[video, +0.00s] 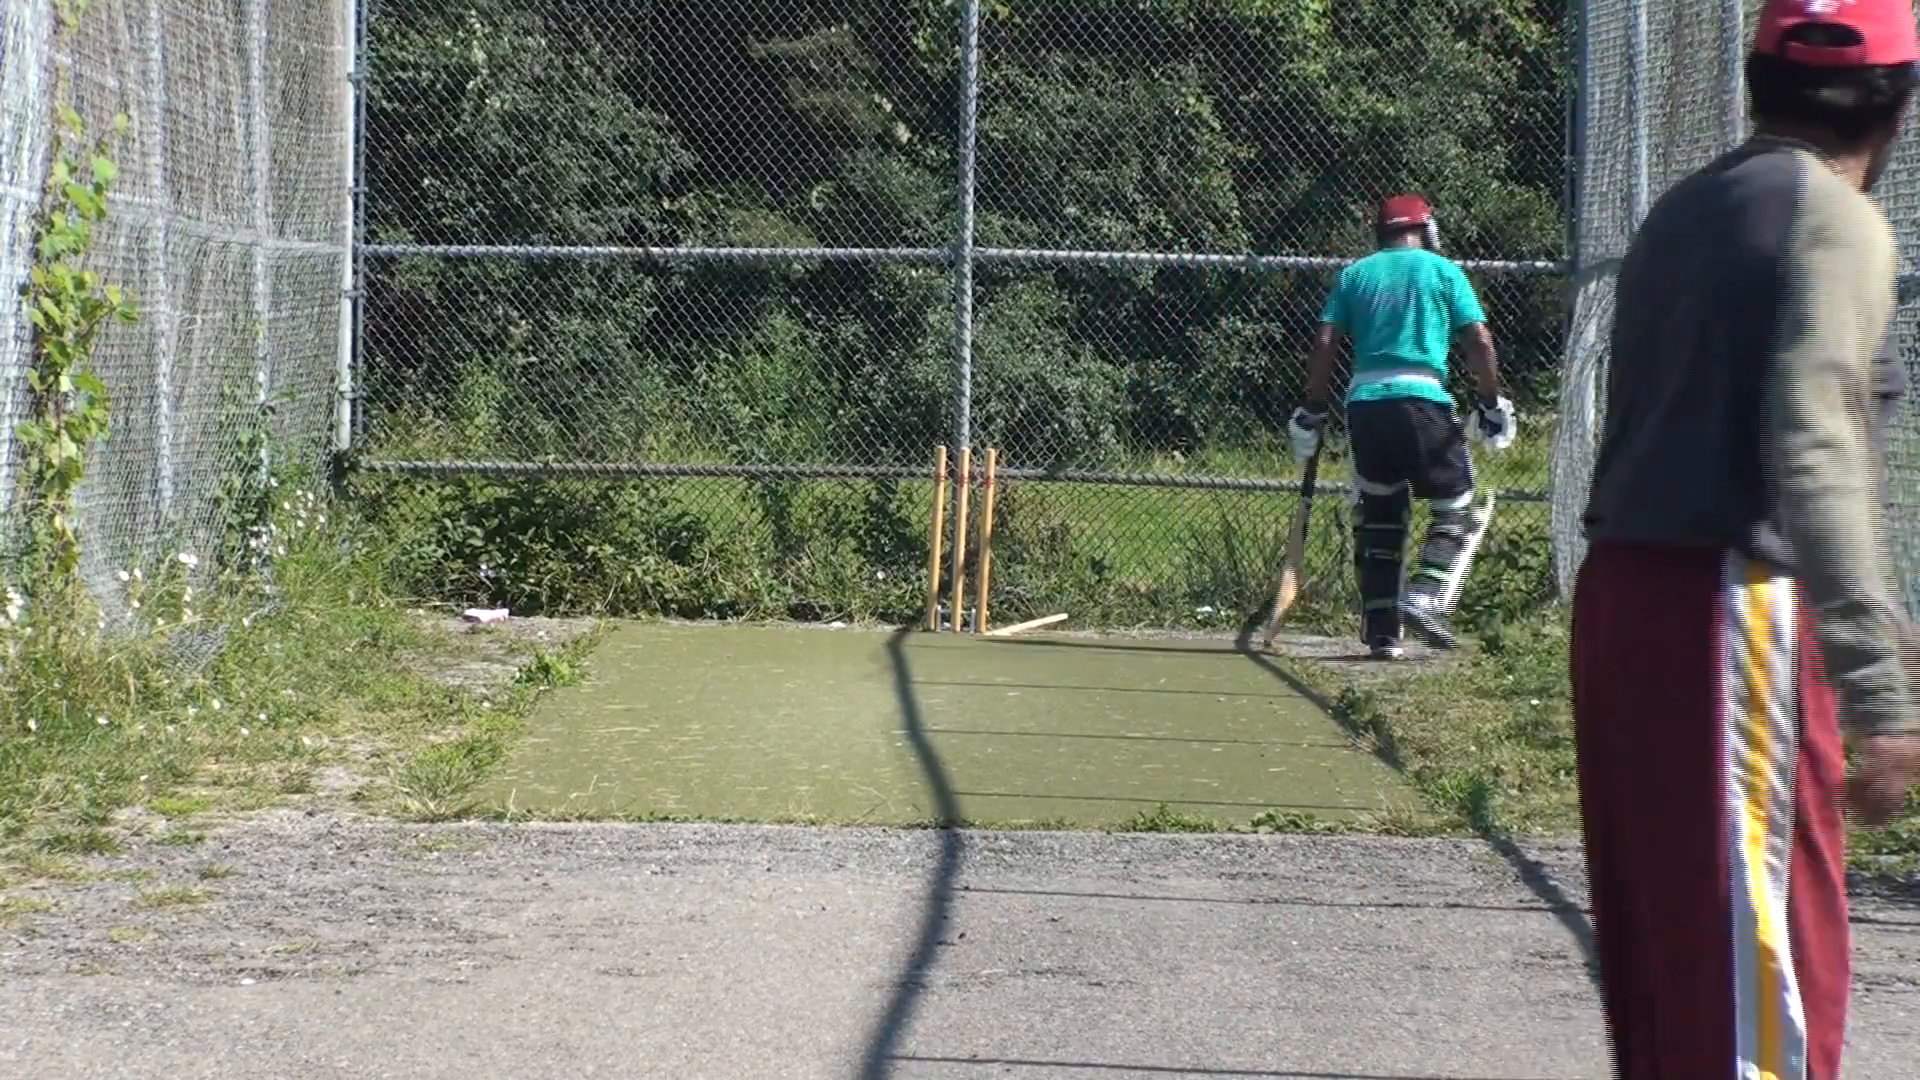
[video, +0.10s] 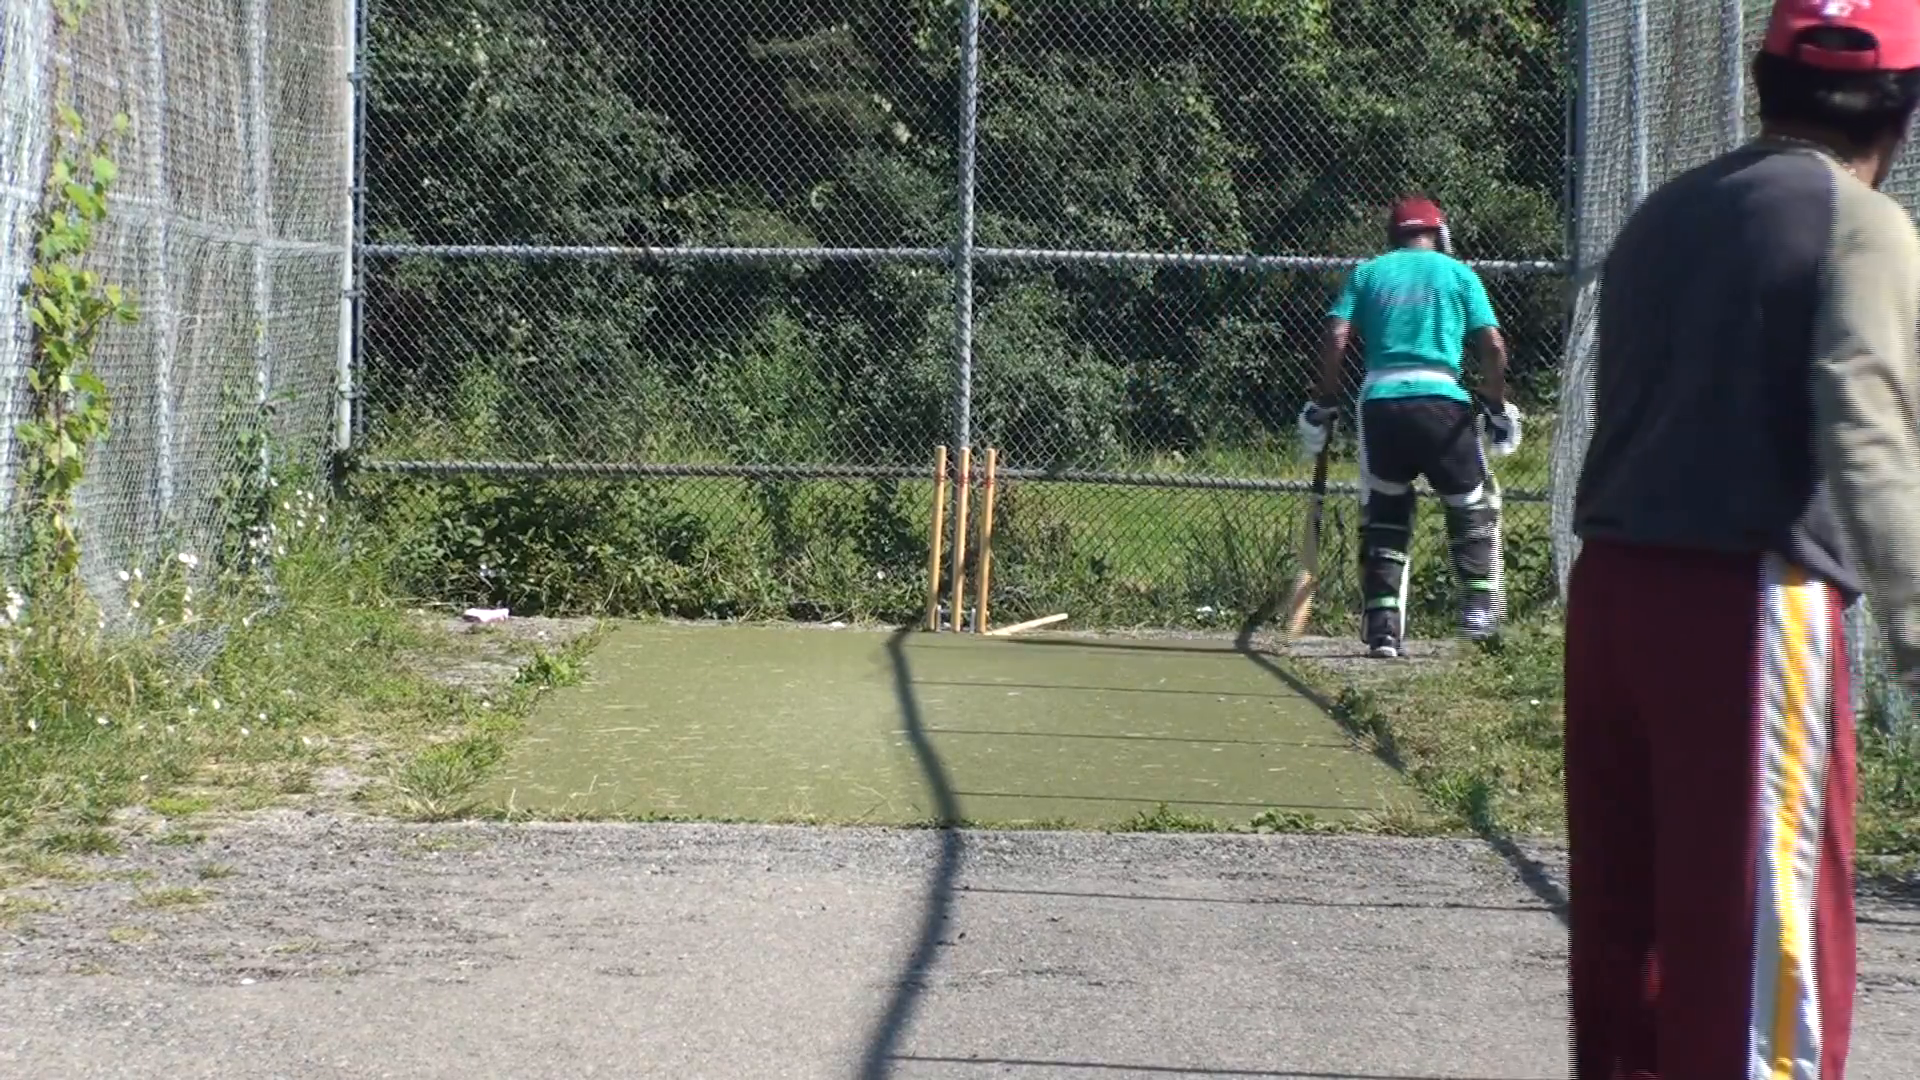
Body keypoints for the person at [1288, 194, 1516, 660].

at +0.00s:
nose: (1433, 238)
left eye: (1429, 233)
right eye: (1431, 232)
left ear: (1381, 235)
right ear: (1426, 233)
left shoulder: (1353, 274)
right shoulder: (1445, 271)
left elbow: (1325, 343)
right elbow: (1480, 340)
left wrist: (1311, 412)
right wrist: (1492, 404)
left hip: (1366, 411)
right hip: (1422, 407)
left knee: (1380, 512)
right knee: (1456, 507)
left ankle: (1381, 633)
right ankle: (1427, 597)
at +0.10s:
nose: (1440, 242)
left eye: (1435, 237)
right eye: (1441, 236)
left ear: (1393, 238)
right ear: (1438, 236)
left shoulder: (1366, 272)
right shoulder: (1460, 274)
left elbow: (1335, 338)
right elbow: (1493, 346)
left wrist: (1322, 405)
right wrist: (1496, 407)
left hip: (1381, 412)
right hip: (1441, 409)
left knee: (1386, 513)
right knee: (1473, 509)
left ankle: (1383, 626)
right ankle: (1480, 611)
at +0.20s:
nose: (1446, 253)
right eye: (1450, 247)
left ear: (1407, 248)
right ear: (1452, 248)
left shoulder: (1384, 276)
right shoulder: (1477, 284)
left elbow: (1352, 338)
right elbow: (1504, 357)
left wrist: (1333, 404)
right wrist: (1507, 422)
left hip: (1401, 413)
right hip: (1464, 412)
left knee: (1393, 517)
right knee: (1485, 515)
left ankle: (1384, 631)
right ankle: (1518, 617)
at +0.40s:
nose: (1425, 294)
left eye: (1427, 287)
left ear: (1433, 286)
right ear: (1476, 290)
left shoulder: (1424, 302)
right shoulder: (1502, 318)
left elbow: (1390, 348)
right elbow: (1527, 371)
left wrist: (1362, 415)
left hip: (1454, 417)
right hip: (1512, 418)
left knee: (1411, 521)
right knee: (1500, 516)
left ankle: (1390, 630)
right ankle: (1528, 617)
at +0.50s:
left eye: (1441, 307)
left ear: (1446, 306)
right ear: (1482, 311)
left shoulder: (1435, 313)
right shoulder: (1506, 331)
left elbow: (1405, 354)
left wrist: (1368, 416)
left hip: (1475, 403)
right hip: (1528, 404)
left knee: (1426, 514)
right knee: (1508, 508)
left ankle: (1409, 623)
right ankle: (1527, 611)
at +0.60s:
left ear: (1446, 332)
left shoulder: (1443, 331)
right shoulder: (1503, 342)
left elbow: (1413, 354)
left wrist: (1381, 415)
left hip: (1483, 385)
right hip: (1529, 386)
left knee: (1441, 508)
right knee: (1509, 502)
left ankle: (1444, 617)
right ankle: (1523, 611)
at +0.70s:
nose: (1439, 405)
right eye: (1436, 400)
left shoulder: (1449, 348)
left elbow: (1419, 358)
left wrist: (1384, 416)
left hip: (1496, 402)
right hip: (1539, 400)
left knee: (1461, 509)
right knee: (1515, 505)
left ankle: (1472, 619)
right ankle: (1523, 608)